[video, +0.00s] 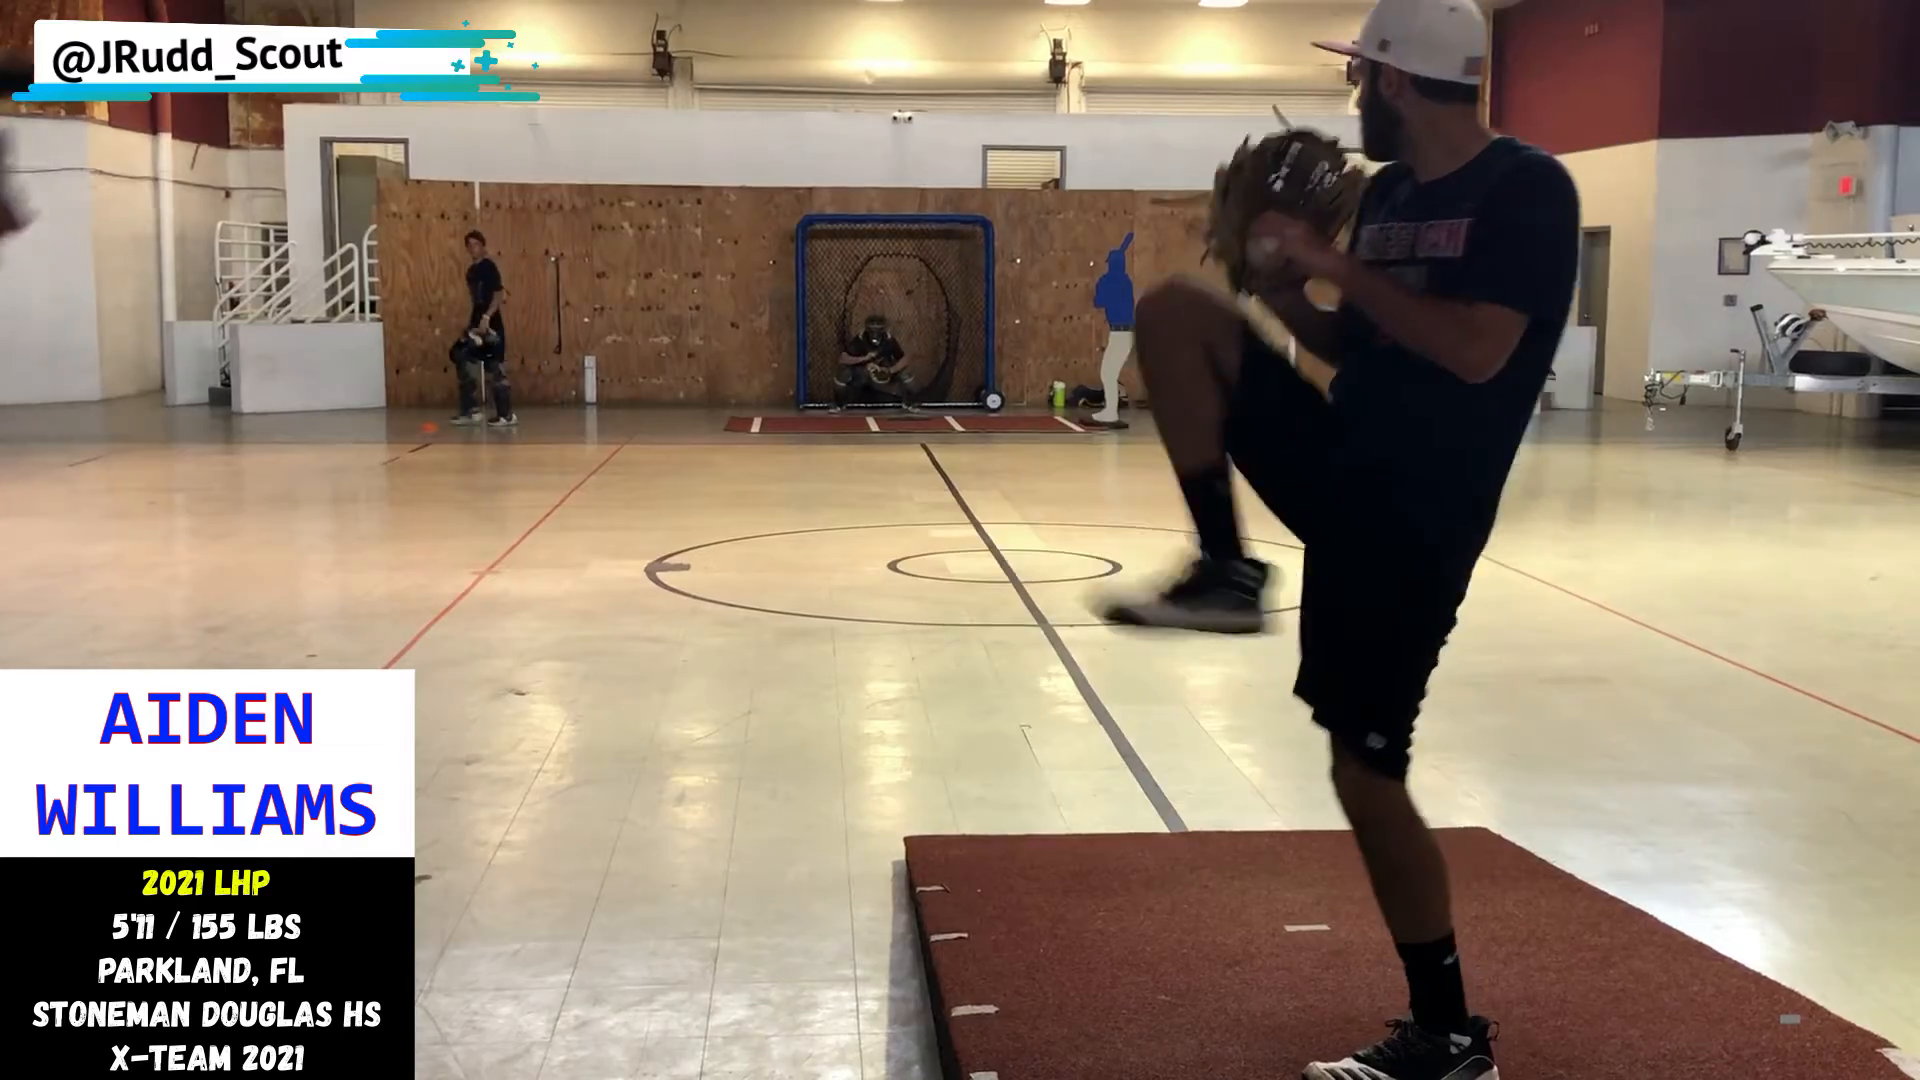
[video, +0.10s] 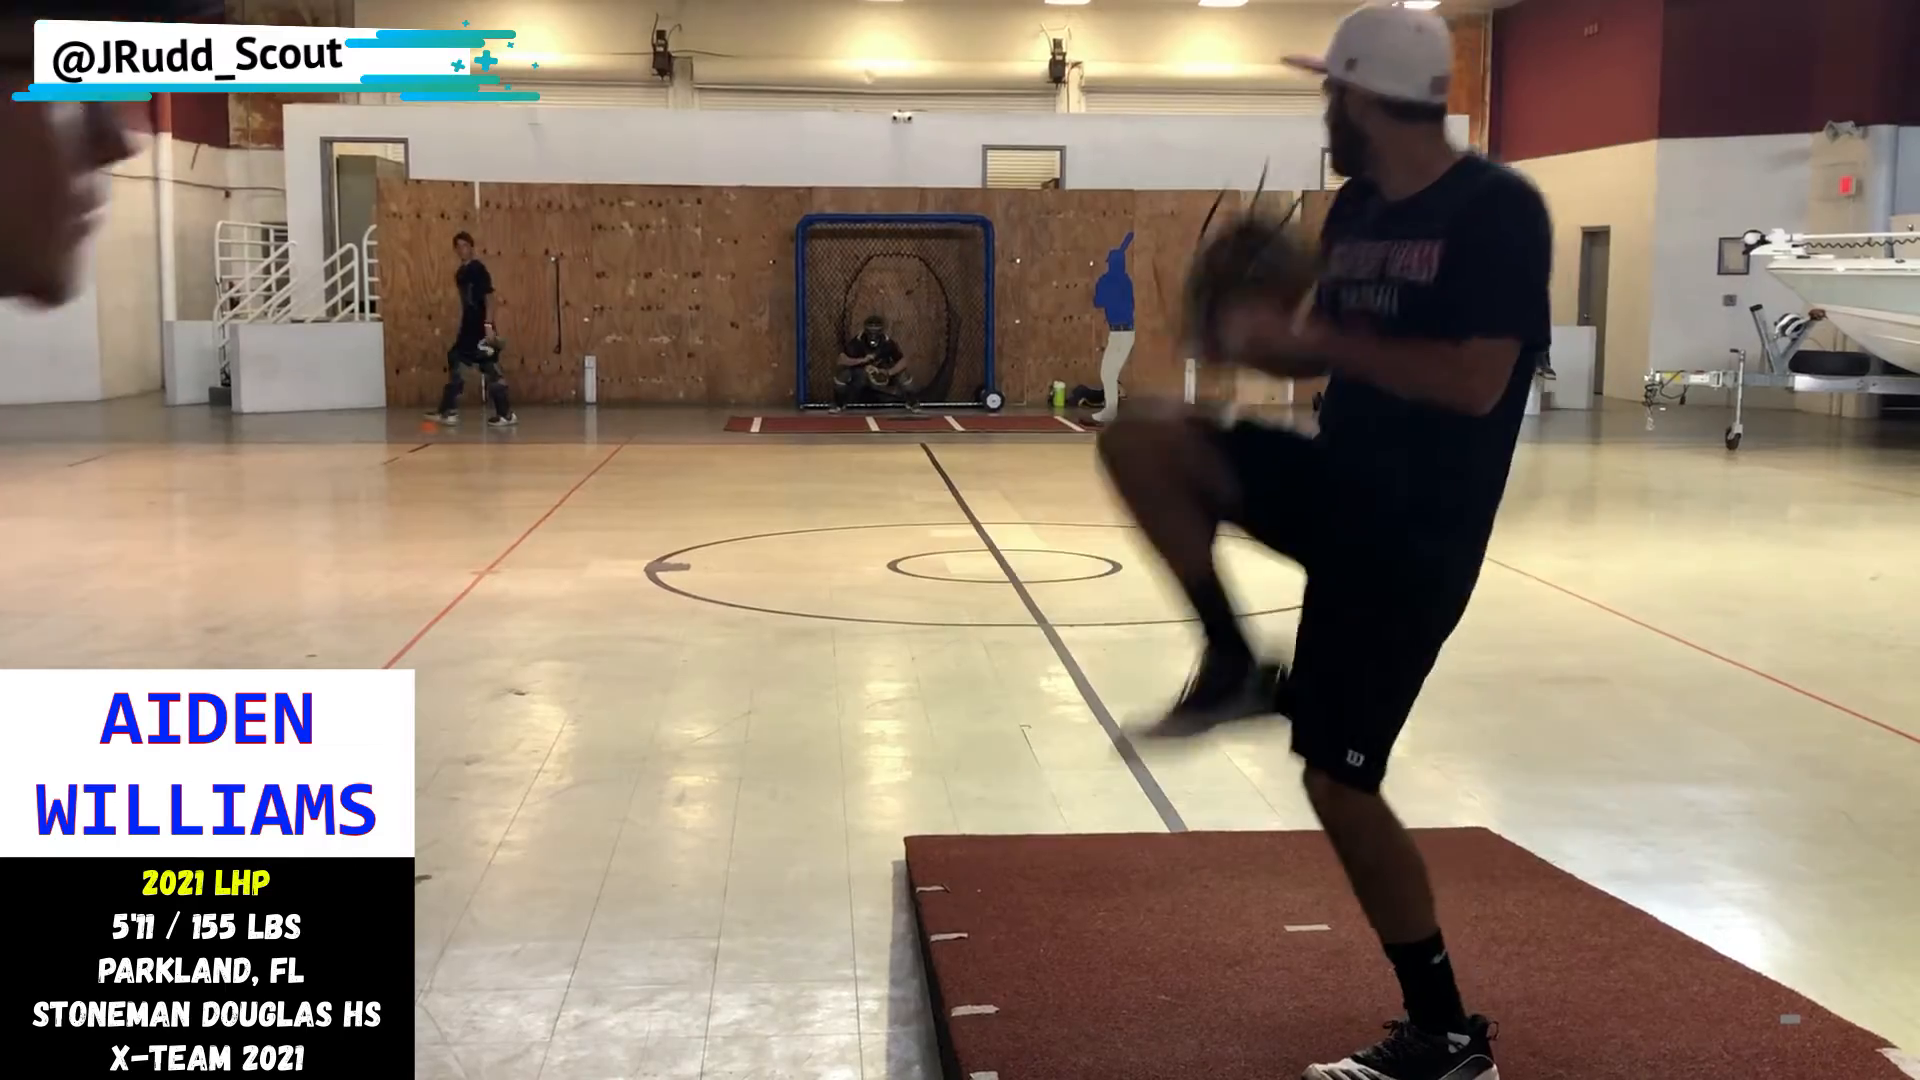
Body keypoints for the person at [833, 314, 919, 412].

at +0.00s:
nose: (876, 334)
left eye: (879, 330)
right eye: (872, 330)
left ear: (884, 329)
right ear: (867, 329)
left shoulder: (890, 341)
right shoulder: (859, 340)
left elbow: (904, 360)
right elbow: (843, 359)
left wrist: (890, 371)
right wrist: (865, 358)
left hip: (885, 375)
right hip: (862, 377)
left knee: (905, 374)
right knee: (844, 372)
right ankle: (841, 403)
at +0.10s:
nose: (874, 336)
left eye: (877, 332)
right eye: (871, 332)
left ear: (882, 331)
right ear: (865, 331)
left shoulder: (889, 343)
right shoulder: (857, 342)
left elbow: (903, 362)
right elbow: (841, 361)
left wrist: (889, 372)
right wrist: (863, 360)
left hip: (883, 374)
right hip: (861, 375)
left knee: (903, 375)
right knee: (843, 374)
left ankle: (912, 402)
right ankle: (840, 404)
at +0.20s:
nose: (873, 338)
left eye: (876, 334)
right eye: (870, 334)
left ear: (881, 334)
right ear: (865, 333)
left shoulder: (889, 347)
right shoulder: (856, 346)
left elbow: (899, 367)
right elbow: (840, 362)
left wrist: (887, 374)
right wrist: (862, 362)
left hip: (882, 380)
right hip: (861, 382)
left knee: (903, 378)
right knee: (843, 374)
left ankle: (912, 403)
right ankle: (841, 405)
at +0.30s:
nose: (873, 339)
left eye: (876, 336)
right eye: (870, 336)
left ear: (881, 336)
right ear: (865, 335)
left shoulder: (888, 348)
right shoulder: (856, 346)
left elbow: (899, 367)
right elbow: (840, 362)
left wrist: (891, 378)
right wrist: (863, 363)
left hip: (882, 380)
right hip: (860, 382)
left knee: (902, 378)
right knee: (842, 374)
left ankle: (912, 403)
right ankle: (839, 404)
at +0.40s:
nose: (874, 340)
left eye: (877, 336)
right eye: (870, 336)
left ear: (882, 336)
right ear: (865, 335)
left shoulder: (889, 348)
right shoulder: (857, 347)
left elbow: (899, 368)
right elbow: (840, 363)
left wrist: (894, 382)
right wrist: (863, 364)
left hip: (884, 386)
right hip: (862, 385)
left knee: (903, 378)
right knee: (843, 374)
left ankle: (912, 404)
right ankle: (839, 404)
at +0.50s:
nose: (874, 340)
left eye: (877, 337)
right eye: (871, 337)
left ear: (882, 336)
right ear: (865, 336)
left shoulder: (889, 349)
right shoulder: (857, 347)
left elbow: (899, 368)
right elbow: (840, 363)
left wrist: (894, 383)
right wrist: (862, 365)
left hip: (885, 384)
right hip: (862, 383)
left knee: (903, 377)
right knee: (843, 374)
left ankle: (912, 404)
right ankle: (838, 404)